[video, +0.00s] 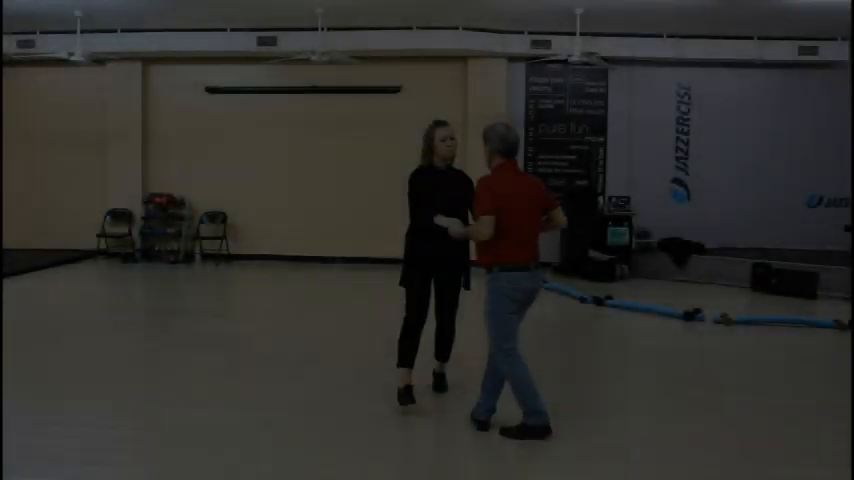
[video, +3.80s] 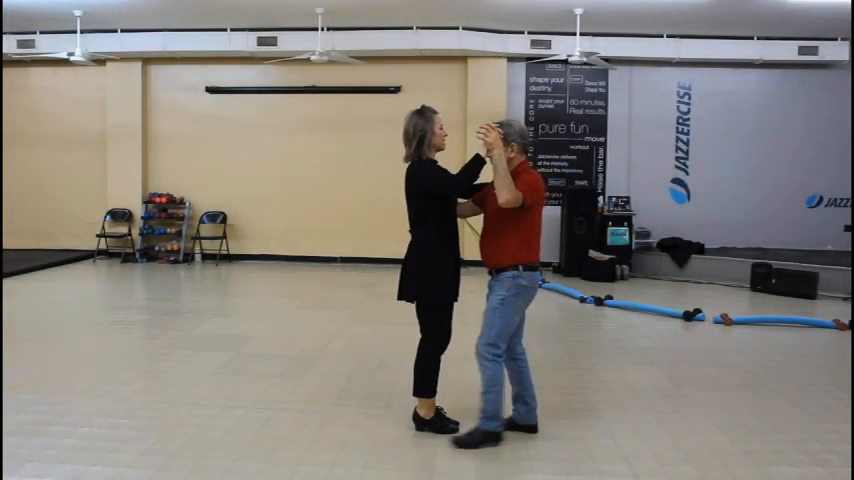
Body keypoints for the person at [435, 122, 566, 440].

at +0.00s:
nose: (483, 152)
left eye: (484, 148)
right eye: (485, 147)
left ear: (489, 151)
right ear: (515, 150)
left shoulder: (487, 184)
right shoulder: (532, 183)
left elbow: (484, 231)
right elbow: (558, 220)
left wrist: (458, 228)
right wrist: (527, 227)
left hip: (503, 277)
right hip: (530, 275)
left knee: (506, 350)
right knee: (499, 347)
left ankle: (536, 419)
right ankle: (483, 412)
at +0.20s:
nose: (497, 153)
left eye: (499, 147)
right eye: (497, 147)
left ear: (508, 149)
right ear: (527, 149)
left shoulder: (512, 182)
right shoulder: (544, 178)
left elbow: (514, 230)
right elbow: (573, 216)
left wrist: (482, 232)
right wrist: (538, 225)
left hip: (529, 277)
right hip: (547, 273)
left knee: (528, 348)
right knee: (518, 337)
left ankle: (539, 422)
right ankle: (522, 402)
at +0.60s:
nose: (517, 154)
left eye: (521, 148)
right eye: (518, 148)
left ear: (537, 150)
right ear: (541, 150)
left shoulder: (545, 183)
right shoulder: (557, 178)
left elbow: (541, 234)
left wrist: (497, 228)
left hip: (551, 276)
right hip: (563, 274)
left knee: (534, 349)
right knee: (562, 342)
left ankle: (540, 423)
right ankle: (573, 407)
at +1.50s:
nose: (508, 152)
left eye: (513, 146)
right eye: (509, 145)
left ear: (534, 149)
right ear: (531, 149)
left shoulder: (550, 183)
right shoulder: (534, 180)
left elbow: (535, 236)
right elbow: (523, 219)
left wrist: (488, 224)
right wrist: (492, 213)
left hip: (550, 281)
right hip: (537, 278)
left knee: (541, 354)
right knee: (535, 345)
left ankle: (550, 428)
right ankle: (562, 398)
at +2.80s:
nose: (513, 153)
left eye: (517, 146)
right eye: (513, 147)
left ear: (536, 148)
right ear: (536, 148)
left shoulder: (552, 179)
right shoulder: (534, 179)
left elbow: (529, 218)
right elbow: (510, 212)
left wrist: (500, 181)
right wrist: (464, 207)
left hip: (549, 279)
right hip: (535, 277)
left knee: (541, 353)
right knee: (531, 349)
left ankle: (548, 424)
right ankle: (537, 412)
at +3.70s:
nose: (492, 151)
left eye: (497, 145)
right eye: (491, 145)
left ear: (516, 148)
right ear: (512, 148)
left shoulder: (533, 178)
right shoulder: (501, 183)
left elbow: (509, 197)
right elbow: (466, 209)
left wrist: (499, 156)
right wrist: (433, 199)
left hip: (523, 276)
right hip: (507, 276)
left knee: (496, 347)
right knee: (514, 347)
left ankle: (518, 418)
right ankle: (525, 416)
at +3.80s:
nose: (491, 152)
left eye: (495, 146)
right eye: (489, 146)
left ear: (513, 148)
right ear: (509, 149)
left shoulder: (530, 179)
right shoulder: (499, 184)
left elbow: (506, 198)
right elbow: (463, 208)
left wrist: (497, 156)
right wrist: (432, 195)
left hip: (518, 277)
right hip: (504, 276)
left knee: (489, 349)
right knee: (512, 348)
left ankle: (489, 426)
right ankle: (525, 417)